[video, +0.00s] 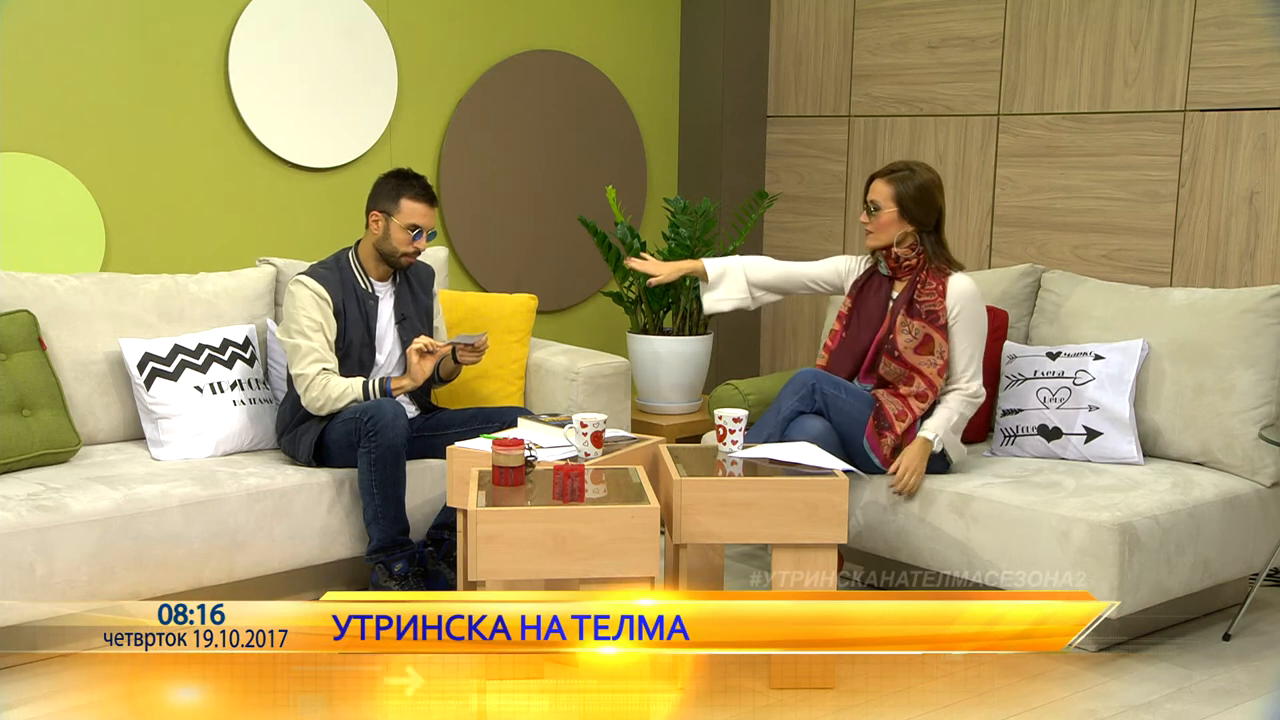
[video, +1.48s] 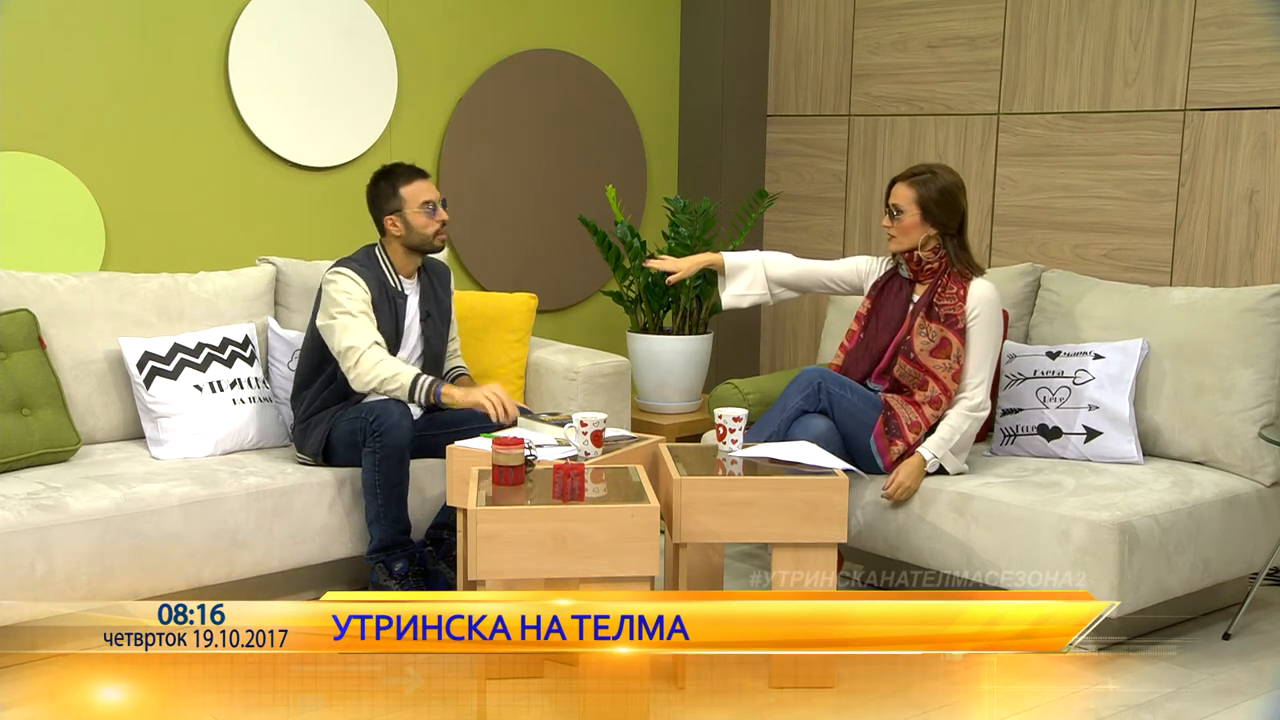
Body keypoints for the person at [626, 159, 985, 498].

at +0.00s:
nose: (864, 219)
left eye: (876, 210)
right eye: (867, 208)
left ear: (913, 219)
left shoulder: (956, 290)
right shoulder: (861, 270)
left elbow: (966, 387)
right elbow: (780, 272)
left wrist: (926, 442)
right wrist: (687, 266)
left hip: (909, 435)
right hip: (850, 420)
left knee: (810, 381)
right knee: (809, 431)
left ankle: (731, 468)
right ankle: (809, 568)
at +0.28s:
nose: (876, 220)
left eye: (888, 211)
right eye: (878, 210)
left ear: (924, 219)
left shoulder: (967, 290)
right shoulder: (875, 271)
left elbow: (968, 393)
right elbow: (791, 272)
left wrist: (918, 457)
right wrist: (699, 264)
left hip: (913, 437)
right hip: (859, 422)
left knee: (814, 379)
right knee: (810, 429)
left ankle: (732, 468)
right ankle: (804, 568)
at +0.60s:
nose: (883, 222)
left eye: (895, 213)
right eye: (885, 212)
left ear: (931, 222)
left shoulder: (974, 293)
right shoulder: (882, 270)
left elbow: (971, 398)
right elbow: (799, 271)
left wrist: (921, 459)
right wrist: (704, 259)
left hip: (914, 439)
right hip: (861, 422)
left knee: (816, 379)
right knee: (810, 429)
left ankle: (728, 469)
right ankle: (804, 571)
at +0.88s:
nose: (886, 222)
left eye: (899, 213)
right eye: (889, 212)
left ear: (935, 222)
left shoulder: (977, 295)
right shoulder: (883, 271)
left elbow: (973, 400)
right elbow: (799, 271)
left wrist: (922, 460)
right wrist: (707, 261)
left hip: (914, 439)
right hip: (860, 422)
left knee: (817, 379)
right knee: (811, 429)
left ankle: (727, 468)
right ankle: (805, 571)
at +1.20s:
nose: (887, 222)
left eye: (900, 213)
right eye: (890, 211)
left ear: (936, 223)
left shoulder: (977, 295)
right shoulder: (884, 271)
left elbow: (973, 400)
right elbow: (800, 271)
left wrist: (922, 460)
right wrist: (706, 261)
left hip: (915, 439)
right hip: (861, 422)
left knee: (817, 379)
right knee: (811, 429)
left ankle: (727, 467)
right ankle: (802, 569)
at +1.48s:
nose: (886, 222)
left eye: (898, 214)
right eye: (888, 212)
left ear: (935, 222)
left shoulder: (976, 295)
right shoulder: (884, 271)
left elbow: (973, 400)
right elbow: (799, 271)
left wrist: (922, 460)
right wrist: (706, 261)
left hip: (915, 439)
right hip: (862, 422)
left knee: (817, 379)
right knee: (811, 429)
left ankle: (727, 466)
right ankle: (802, 568)